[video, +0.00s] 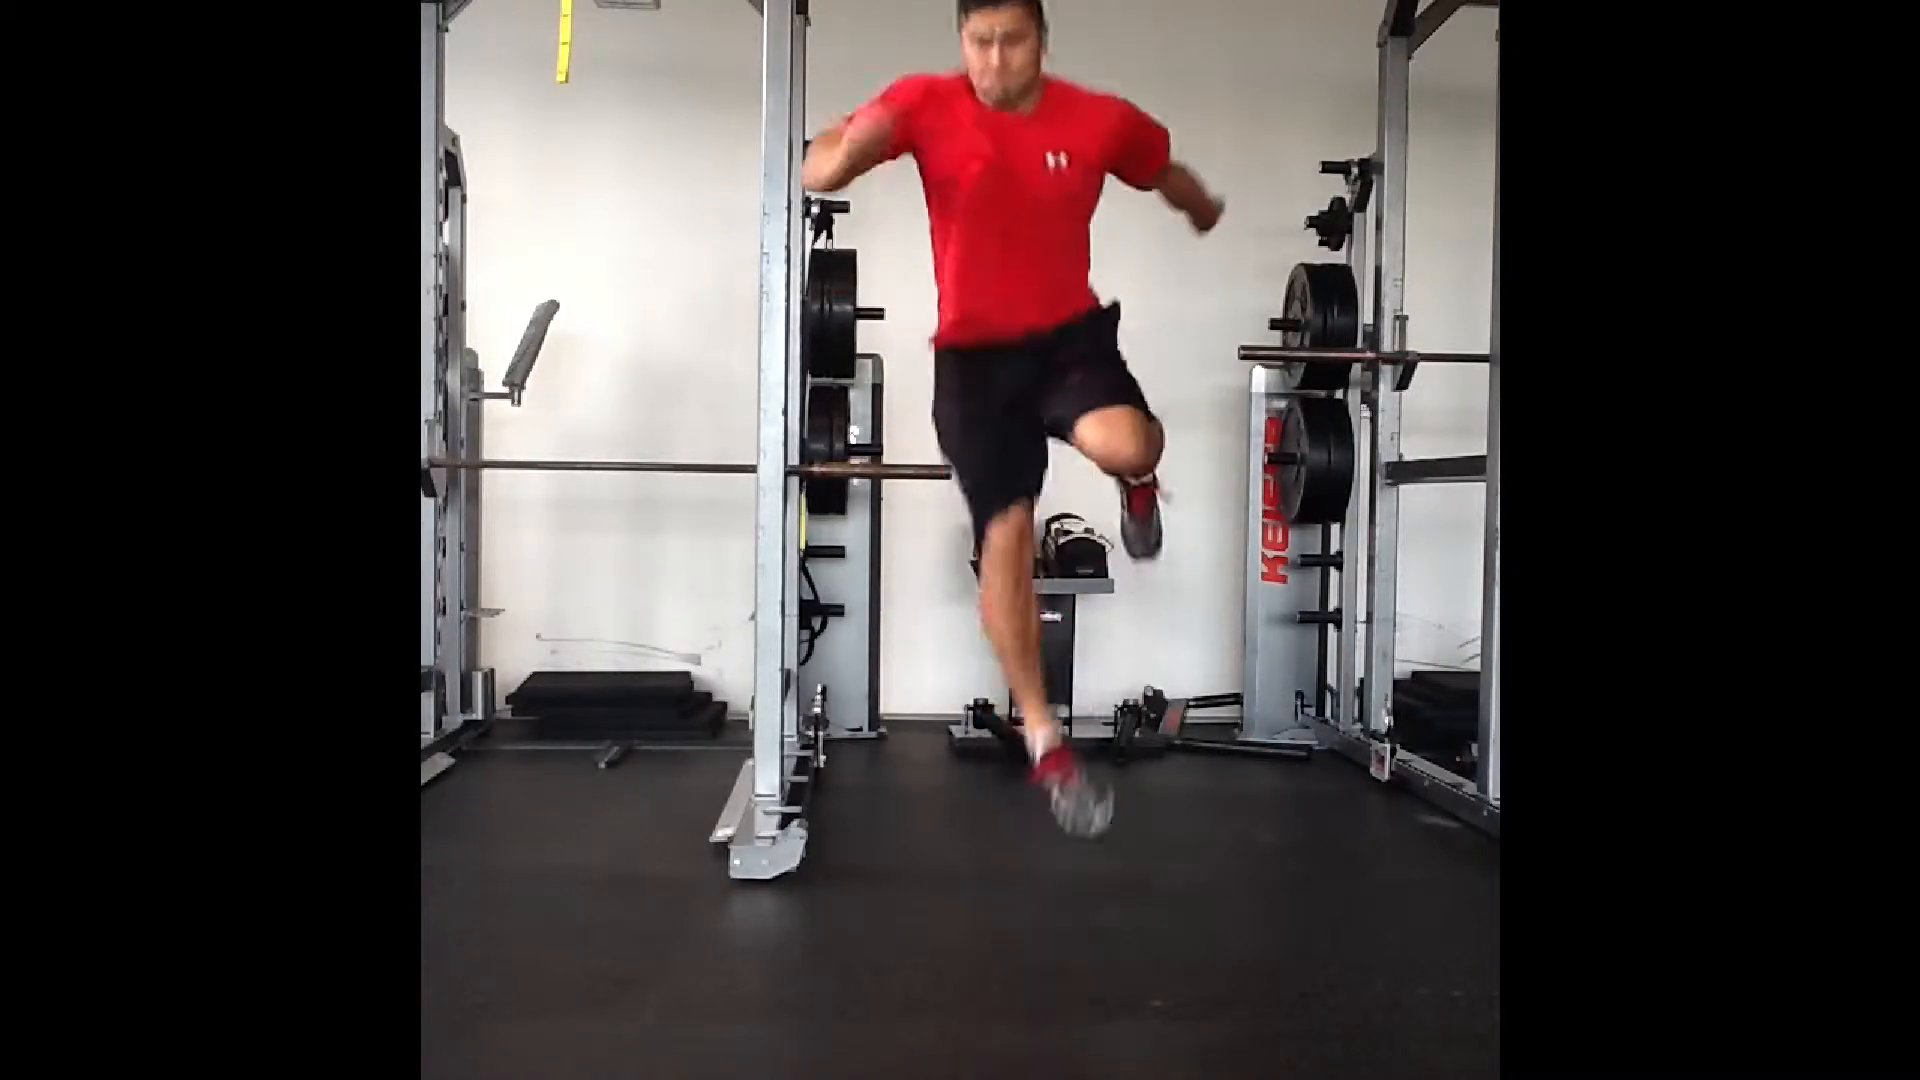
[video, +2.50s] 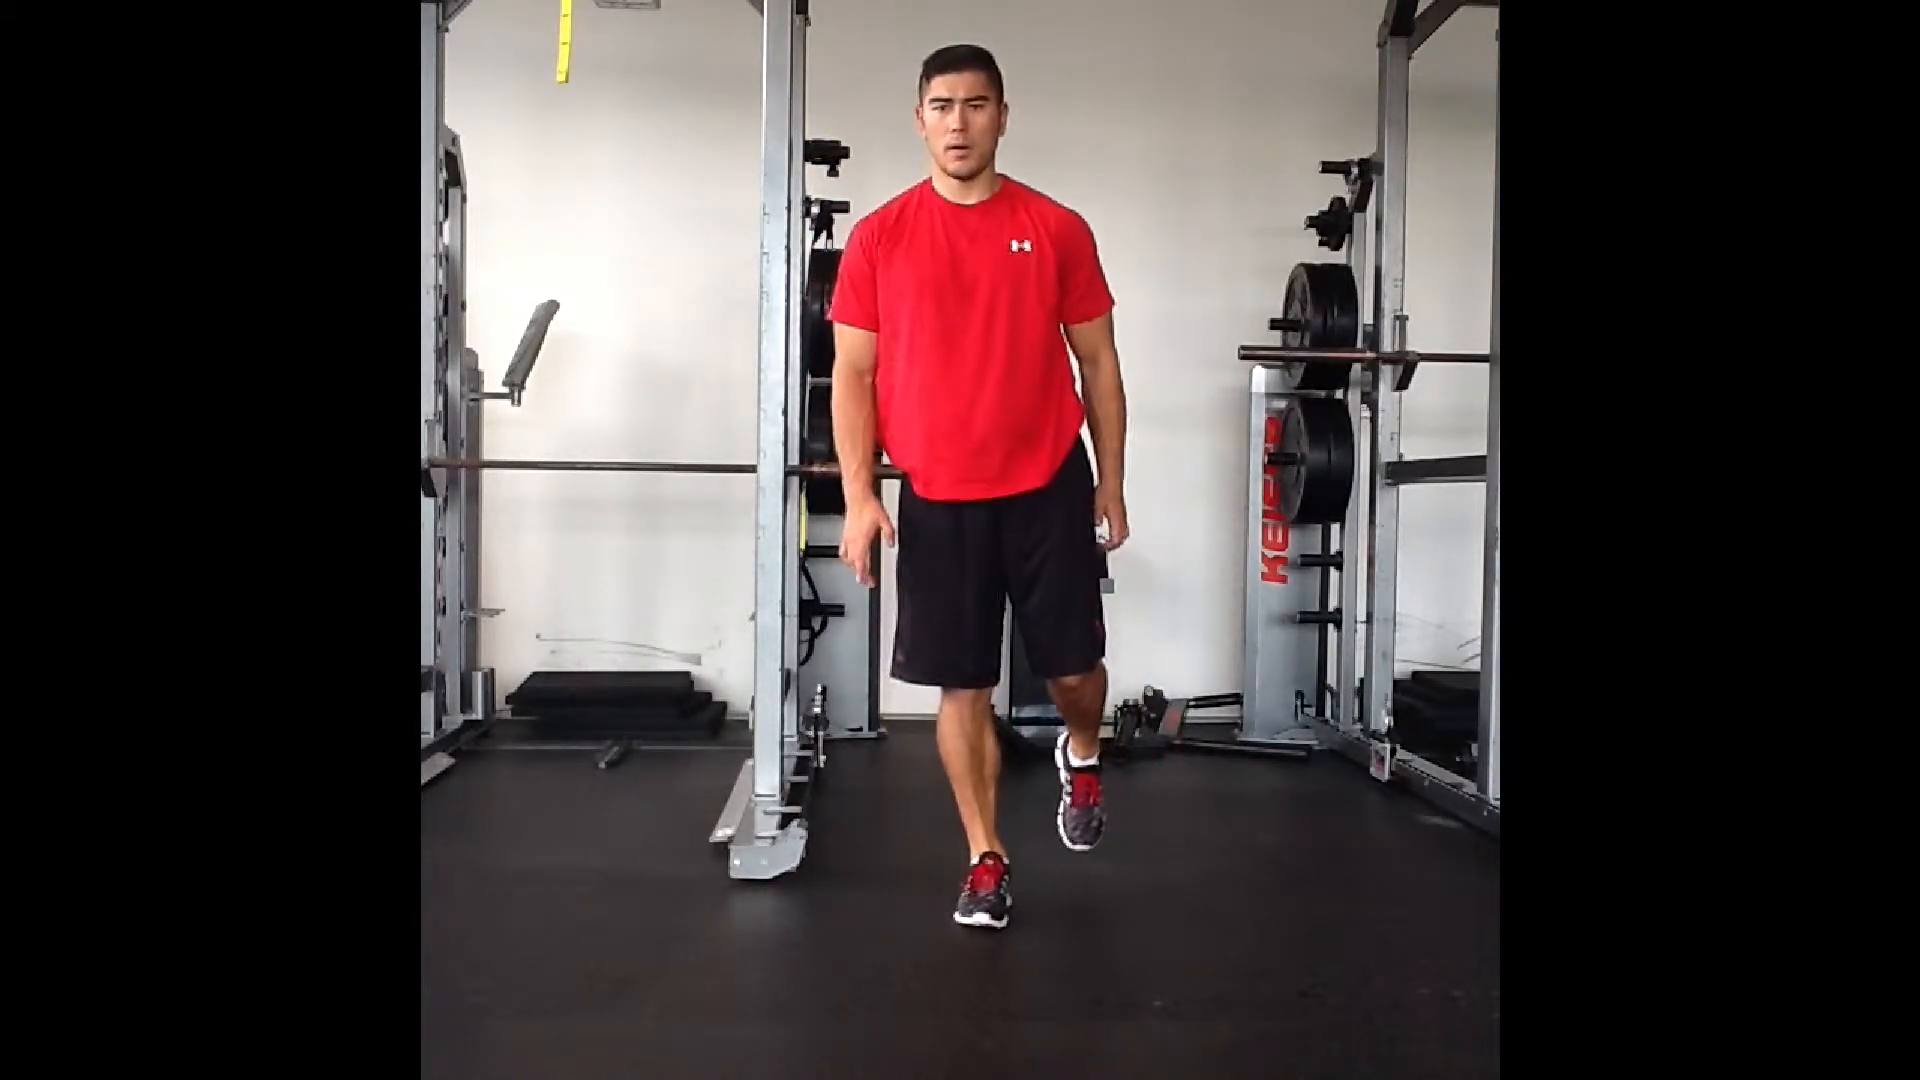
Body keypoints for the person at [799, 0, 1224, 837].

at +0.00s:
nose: (997, 59)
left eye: (1012, 41)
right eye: (982, 42)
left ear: (1041, 41)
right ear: (963, 42)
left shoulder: (1100, 121)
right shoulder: (923, 105)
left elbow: (1169, 178)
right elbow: (816, 176)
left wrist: (1203, 212)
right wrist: (850, 141)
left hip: (1071, 336)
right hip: (974, 353)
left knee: (1127, 447)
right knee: (1007, 533)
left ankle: (1137, 487)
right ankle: (1042, 740)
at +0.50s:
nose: (963, 213)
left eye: (978, 197)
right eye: (947, 198)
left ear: (1005, 207)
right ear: (926, 209)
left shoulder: (1057, 308)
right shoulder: (883, 310)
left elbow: (1108, 421)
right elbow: (844, 429)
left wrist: (1066, 506)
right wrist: (871, 549)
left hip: (1056, 510)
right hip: (956, 521)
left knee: (1098, 690)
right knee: (971, 693)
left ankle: (1077, 725)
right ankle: (985, 863)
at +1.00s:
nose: (951, 268)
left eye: (968, 249)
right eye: (933, 250)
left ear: (993, 258)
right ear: (909, 260)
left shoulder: (1042, 357)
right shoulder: (870, 350)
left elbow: (1053, 492)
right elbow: (851, 411)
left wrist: (977, 416)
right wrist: (859, 464)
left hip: (1049, 552)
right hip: (943, 558)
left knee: (1065, 710)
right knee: (957, 698)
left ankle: (1067, 752)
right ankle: (981, 860)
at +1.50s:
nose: (918, 150)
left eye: (933, 132)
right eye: (899, 136)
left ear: (958, 143)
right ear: (878, 155)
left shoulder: (1027, 242)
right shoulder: (854, 275)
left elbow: (1099, 361)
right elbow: (860, 412)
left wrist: (1123, 478)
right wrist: (872, 524)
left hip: (1061, 488)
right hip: (954, 506)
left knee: (1116, 661)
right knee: (968, 684)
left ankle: (1143, 728)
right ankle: (985, 860)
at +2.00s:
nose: (951, 125)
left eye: (968, 108)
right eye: (935, 109)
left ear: (996, 118)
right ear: (914, 122)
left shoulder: (1052, 227)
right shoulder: (873, 238)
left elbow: (1095, 355)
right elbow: (853, 374)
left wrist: (1111, 476)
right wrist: (856, 498)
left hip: (1046, 485)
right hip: (935, 496)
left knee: (1075, 668)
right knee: (957, 681)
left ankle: (1092, 760)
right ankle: (981, 859)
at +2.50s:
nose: (958, 121)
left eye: (975, 105)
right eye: (942, 105)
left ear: (1002, 118)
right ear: (920, 120)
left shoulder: (1056, 230)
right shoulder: (876, 238)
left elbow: (1097, 358)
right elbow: (853, 373)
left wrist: (1111, 482)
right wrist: (858, 494)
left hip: (1047, 488)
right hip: (936, 498)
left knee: (1072, 672)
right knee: (960, 683)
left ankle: (1081, 762)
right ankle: (983, 858)